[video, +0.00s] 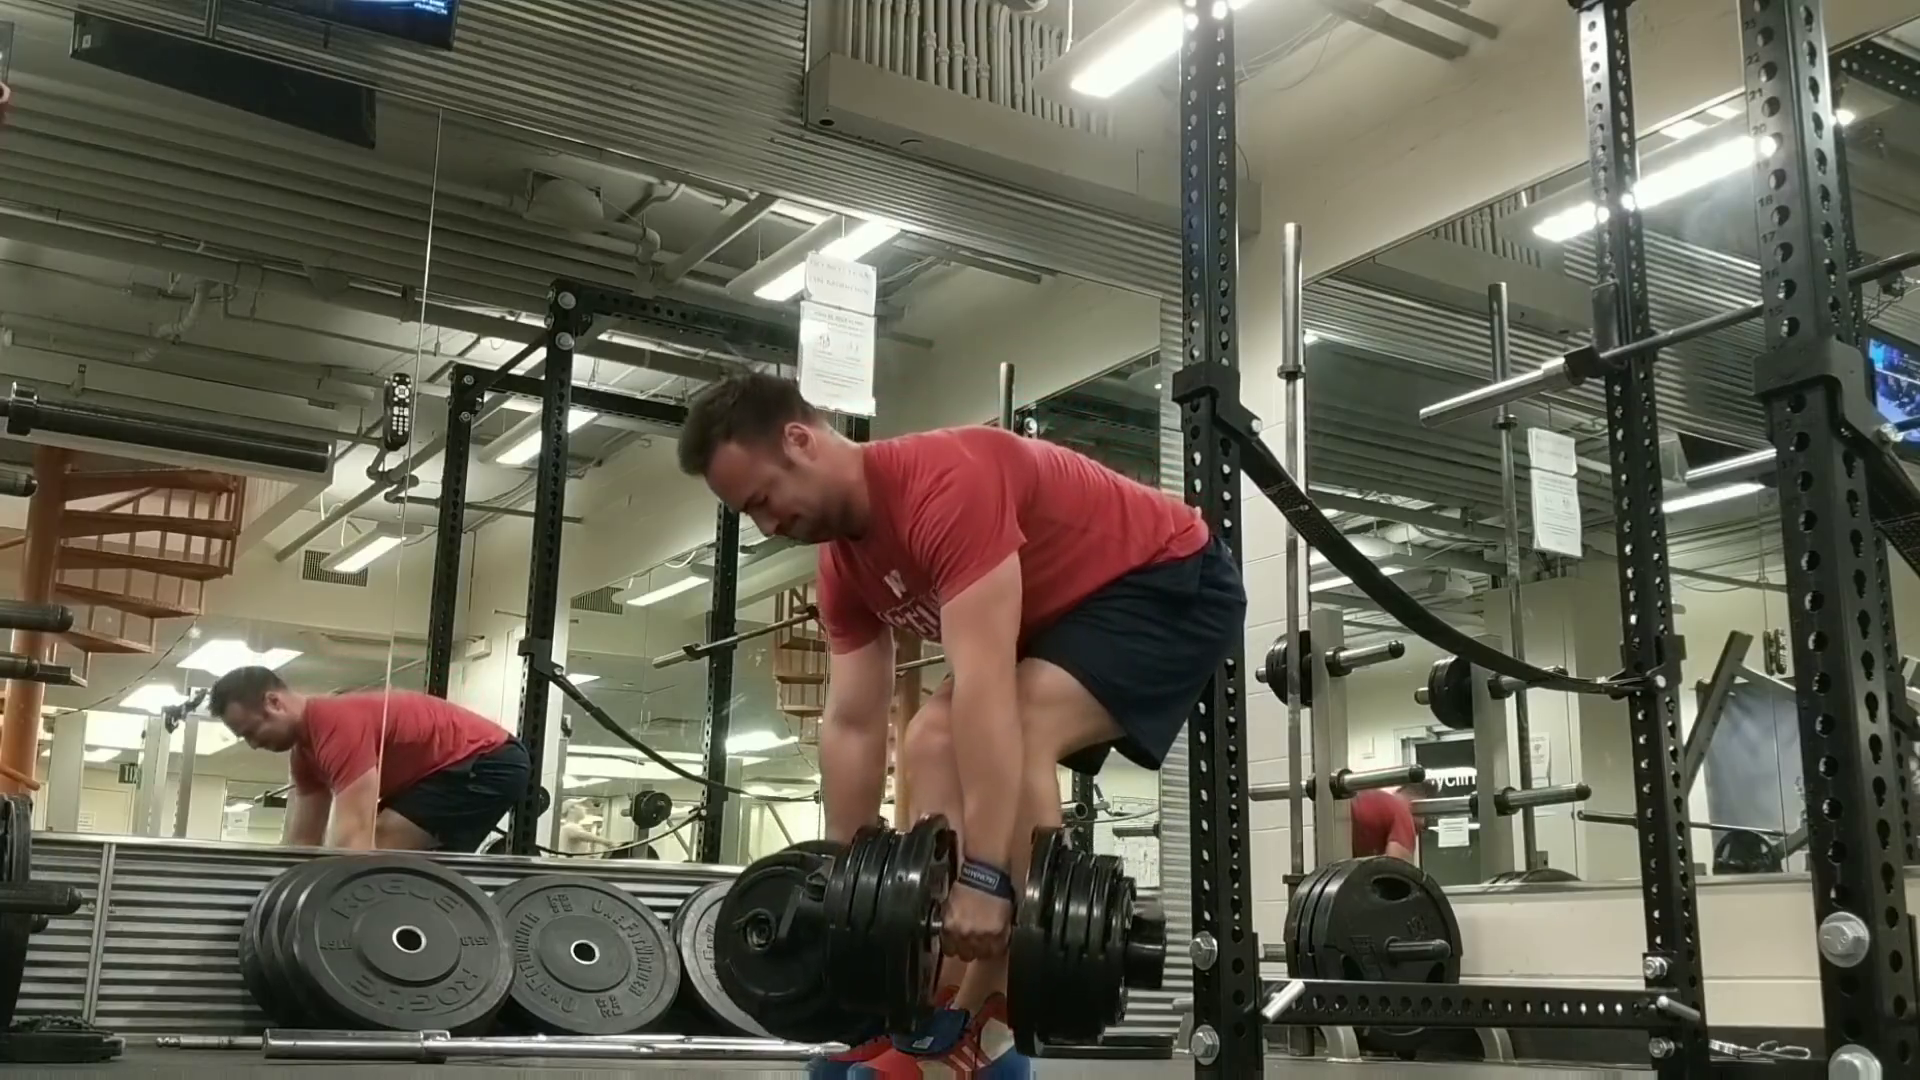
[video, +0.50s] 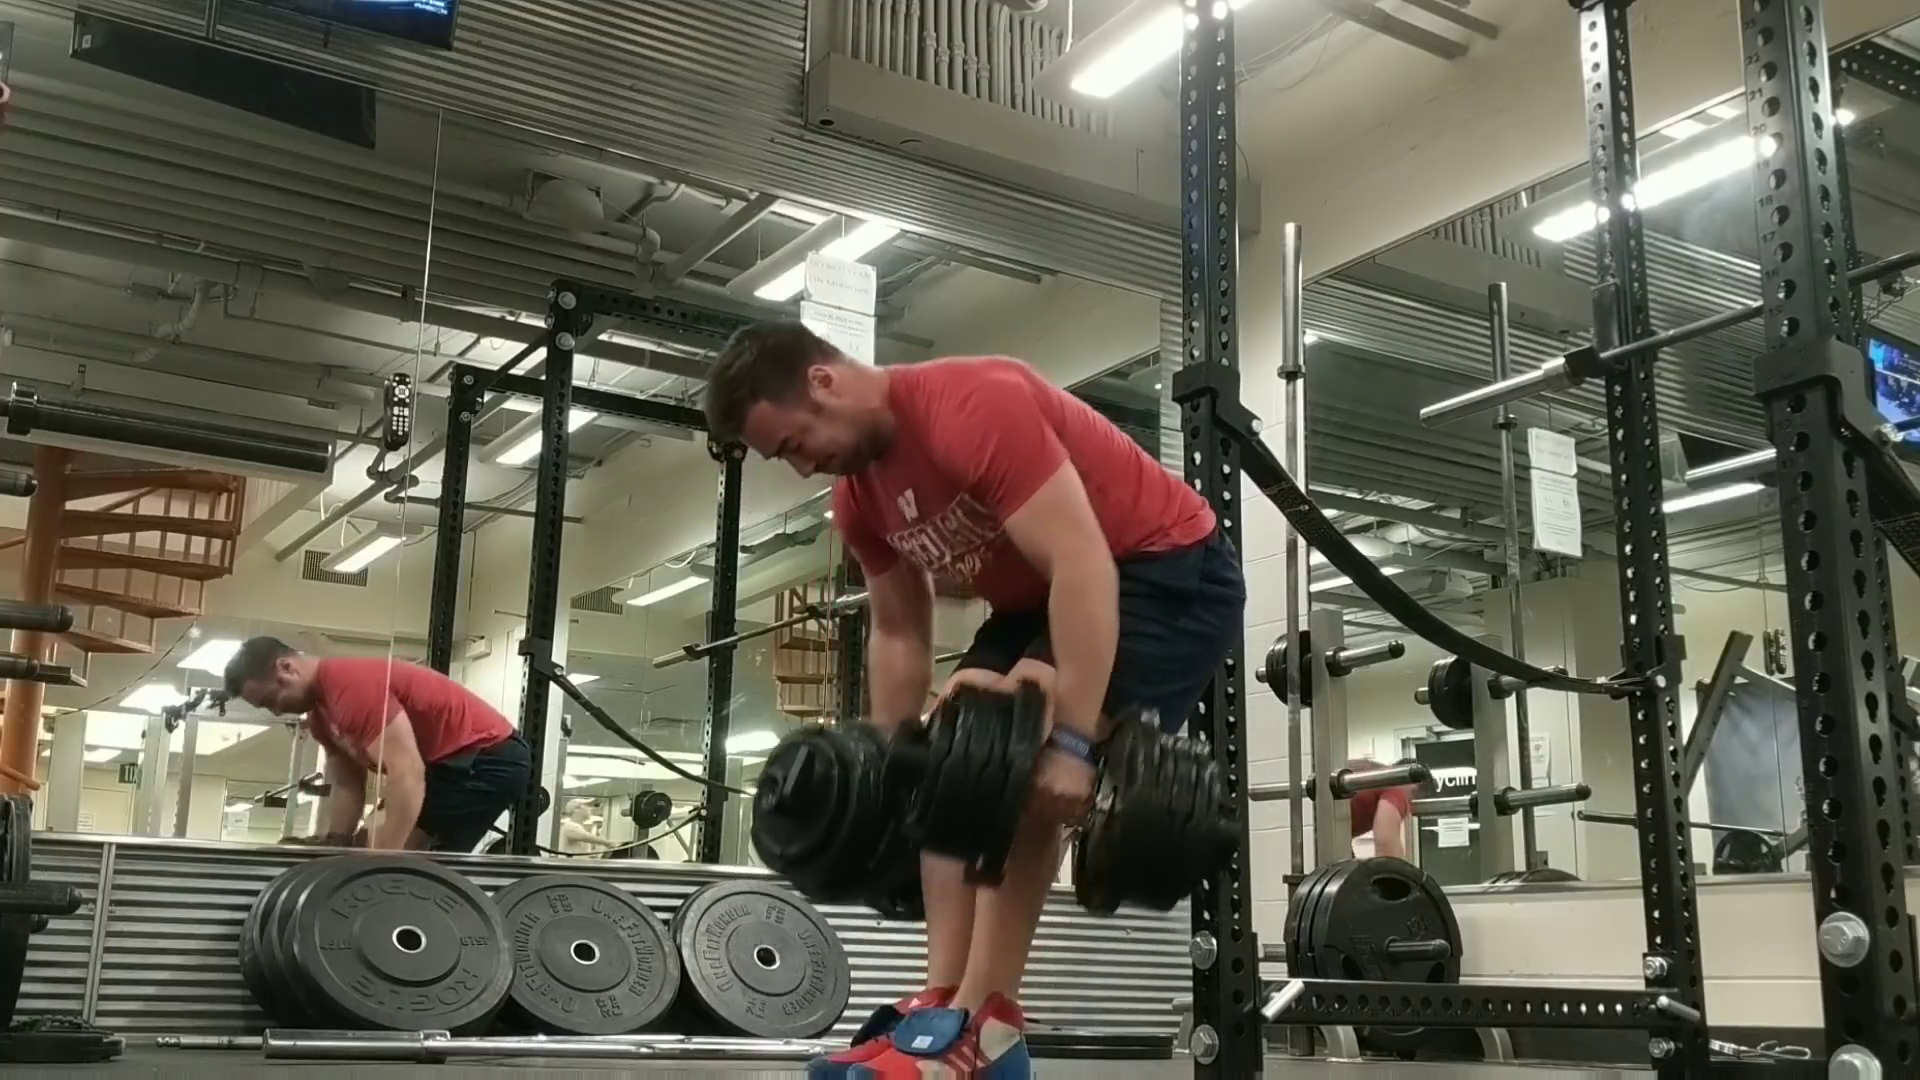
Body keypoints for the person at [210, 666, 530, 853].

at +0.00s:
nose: (252, 744)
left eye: (250, 731)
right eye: (244, 737)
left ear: (275, 702)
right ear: (274, 704)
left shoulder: (340, 723)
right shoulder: (306, 751)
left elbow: (354, 839)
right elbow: (301, 841)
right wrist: (277, 913)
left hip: (489, 762)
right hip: (456, 771)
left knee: (380, 843)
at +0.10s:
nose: (251, 745)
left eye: (250, 732)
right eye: (243, 738)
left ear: (275, 703)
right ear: (274, 706)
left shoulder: (339, 724)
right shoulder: (307, 754)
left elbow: (355, 839)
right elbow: (302, 842)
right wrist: (275, 912)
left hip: (489, 762)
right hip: (457, 771)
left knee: (381, 843)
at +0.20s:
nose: (252, 739)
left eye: (251, 726)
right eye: (244, 733)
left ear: (276, 698)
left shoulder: (338, 721)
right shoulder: (307, 749)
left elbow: (360, 836)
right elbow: (312, 840)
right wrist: (287, 911)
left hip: (489, 761)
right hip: (457, 771)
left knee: (373, 845)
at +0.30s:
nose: (257, 731)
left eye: (255, 718)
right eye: (249, 725)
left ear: (278, 690)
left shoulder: (339, 713)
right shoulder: (309, 741)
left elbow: (372, 819)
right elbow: (321, 824)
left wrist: (341, 907)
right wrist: (300, 897)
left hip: (487, 760)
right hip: (455, 769)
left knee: (385, 853)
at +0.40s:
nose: (267, 722)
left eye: (264, 710)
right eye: (259, 717)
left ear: (283, 678)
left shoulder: (343, 700)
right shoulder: (314, 728)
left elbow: (388, 798)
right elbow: (334, 801)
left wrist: (367, 888)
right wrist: (317, 875)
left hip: (486, 759)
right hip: (454, 767)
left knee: (393, 861)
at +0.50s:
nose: (273, 714)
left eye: (268, 702)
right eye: (264, 708)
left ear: (286, 670)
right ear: (288, 671)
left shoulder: (349, 686)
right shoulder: (321, 714)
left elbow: (407, 773)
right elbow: (348, 784)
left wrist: (377, 867)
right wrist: (331, 852)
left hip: (488, 758)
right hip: (455, 764)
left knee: (401, 856)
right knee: (400, 860)